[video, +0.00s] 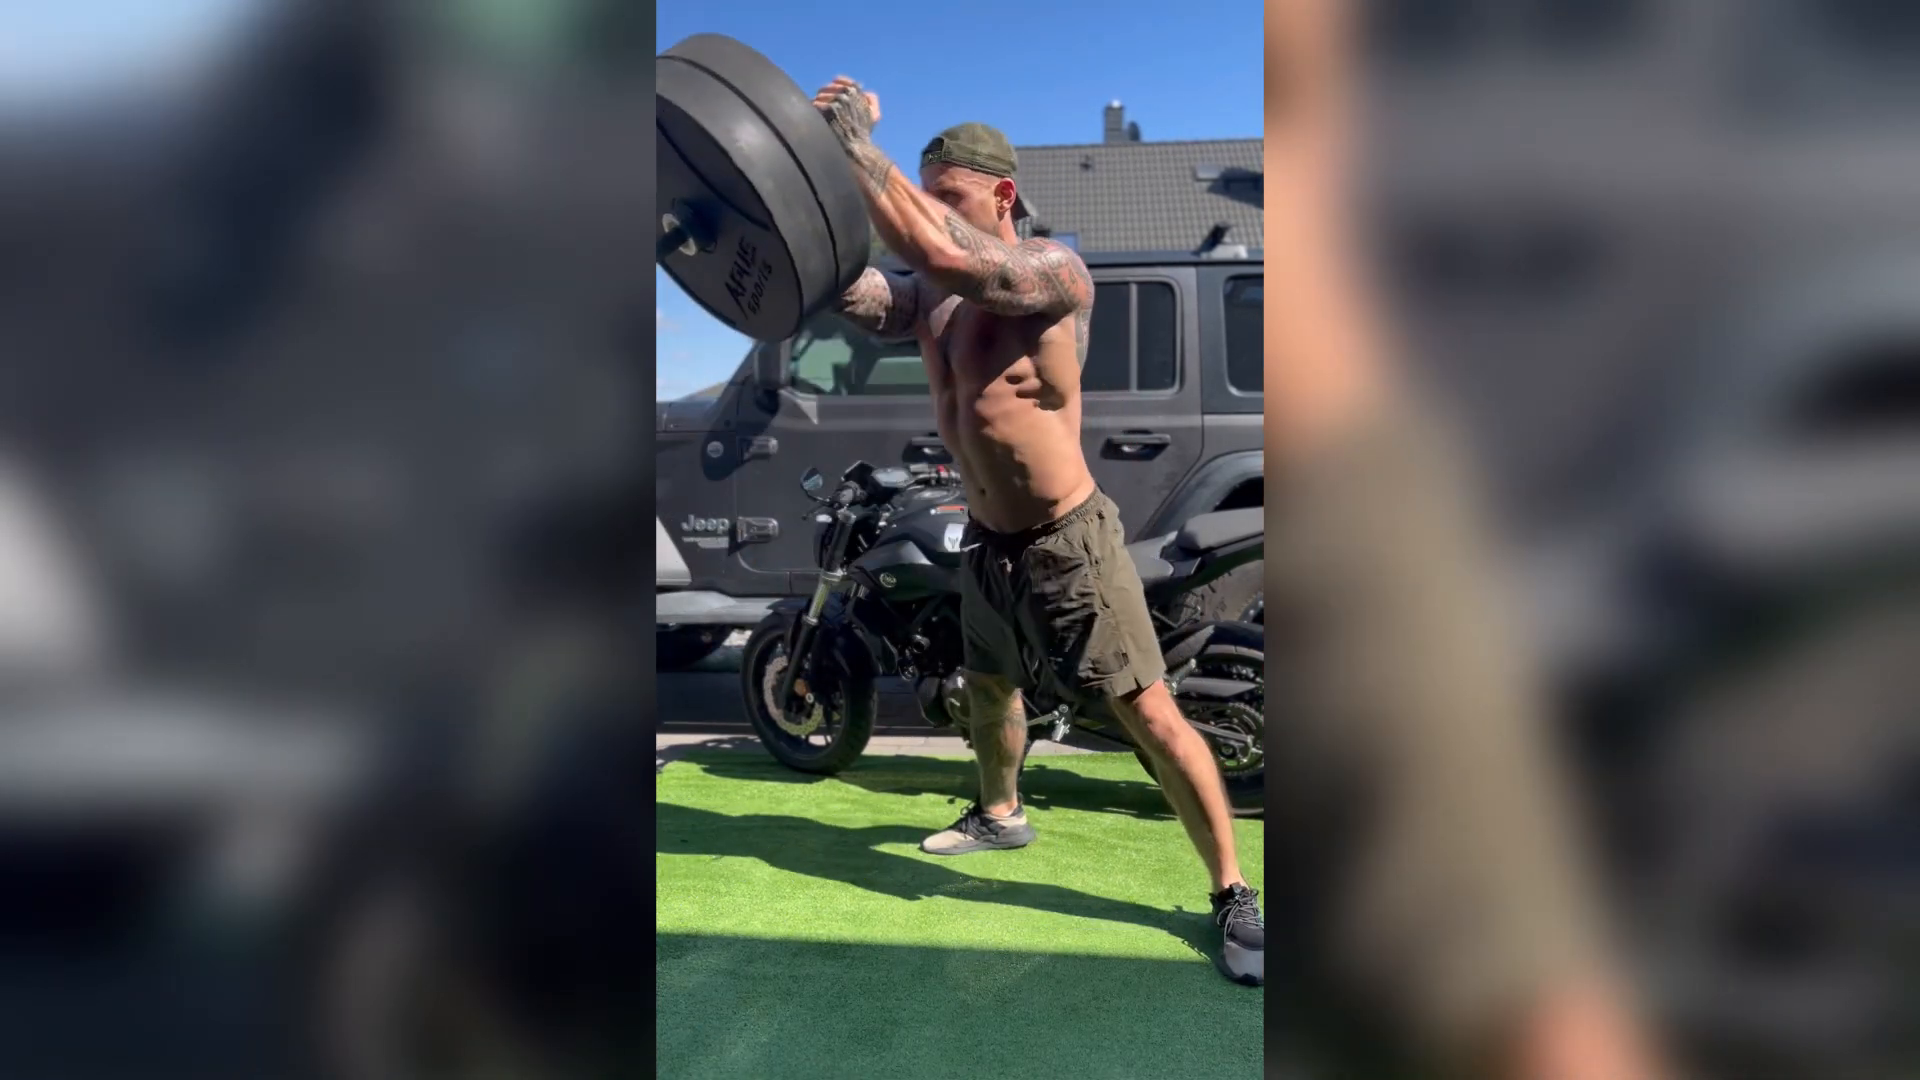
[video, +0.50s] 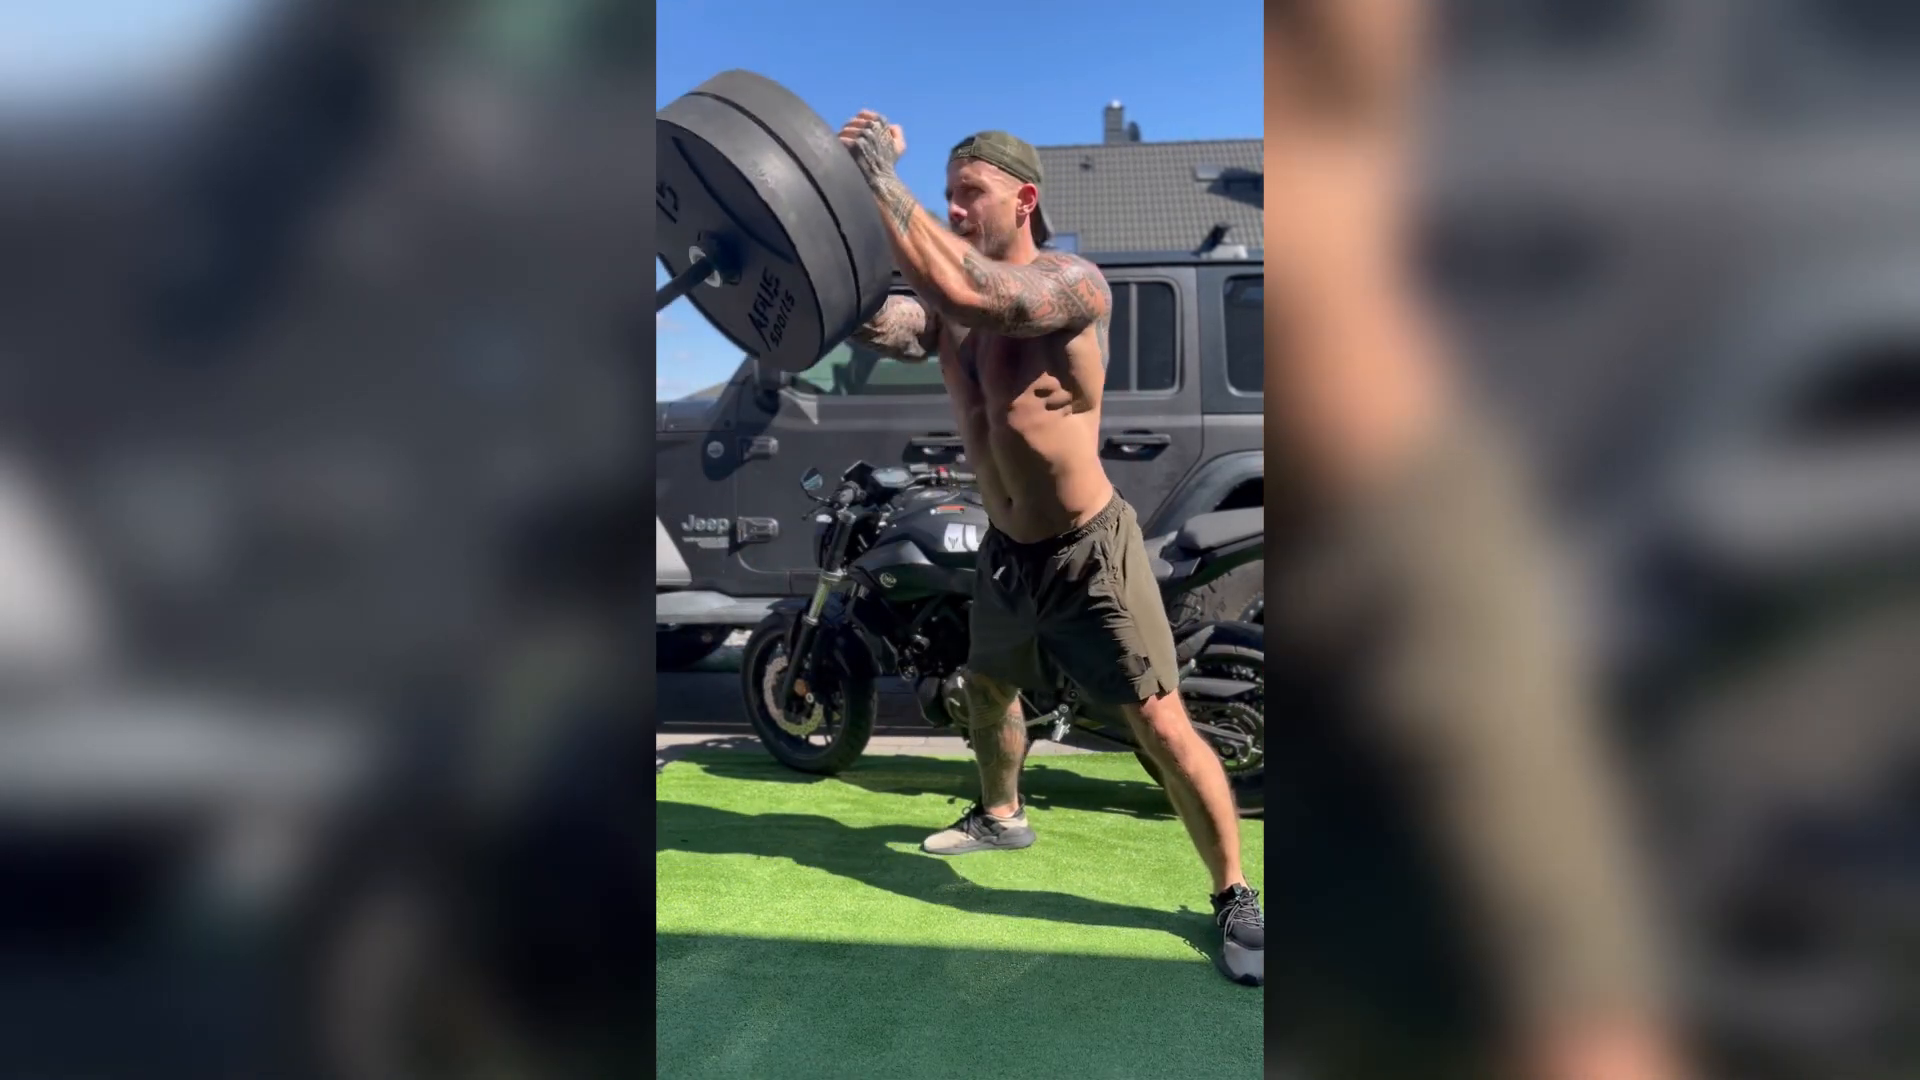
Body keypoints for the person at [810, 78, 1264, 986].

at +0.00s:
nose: (937, 207)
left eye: (951, 190)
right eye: (930, 194)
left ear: (1004, 194)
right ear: (930, 198)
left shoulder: (1058, 268)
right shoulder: (927, 298)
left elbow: (947, 253)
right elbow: (838, 287)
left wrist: (856, 146)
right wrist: (788, 177)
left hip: (1071, 537)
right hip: (987, 546)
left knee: (1150, 715)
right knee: (991, 691)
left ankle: (1232, 891)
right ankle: (1000, 816)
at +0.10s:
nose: (911, 219)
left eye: (925, 203)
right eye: (906, 206)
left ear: (968, 204)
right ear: (912, 215)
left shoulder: (1025, 269)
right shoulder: (903, 289)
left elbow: (919, 203)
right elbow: (816, 227)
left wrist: (820, 76)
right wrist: (752, 104)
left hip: (1079, 540)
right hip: (997, 548)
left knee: (1151, 720)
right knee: (992, 693)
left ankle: (1232, 892)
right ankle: (1002, 815)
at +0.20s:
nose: (877, 243)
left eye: (890, 224)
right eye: (874, 229)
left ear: (923, 224)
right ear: (876, 248)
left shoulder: (990, 297)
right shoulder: (888, 321)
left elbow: (890, 193)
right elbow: (812, 213)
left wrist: (800, 48)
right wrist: (768, 75)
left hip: (1096, 543)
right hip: (1010, 553)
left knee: (1160, 721)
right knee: (1000, 690)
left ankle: (1233, 893)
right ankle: (1002, 814)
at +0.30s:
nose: (898, 241)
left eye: (913, 221)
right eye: (895, 224)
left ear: (956, 226)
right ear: (900, 233)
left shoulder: (1006, 296)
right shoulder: (896, 315)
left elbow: (900, 204)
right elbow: (815, 221)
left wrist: (811, 59)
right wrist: (760, 83)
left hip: (1099, 543)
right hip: (1016, 558)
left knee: (1163, 721)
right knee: (1001, 695)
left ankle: (1234, 893)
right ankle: (1002, 814)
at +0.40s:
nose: (926, 210)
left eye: (941, 198)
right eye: (923, 200)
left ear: (994, 206)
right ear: (938, 215)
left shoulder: (1043, 275)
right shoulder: (920, 300)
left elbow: (942, 242)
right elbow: (830, 254)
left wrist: (844, 112)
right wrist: (758, 154)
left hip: (1096, 548)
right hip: (1010, 558)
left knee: (1159, 726)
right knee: (991, 692)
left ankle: (1234, 894)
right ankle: (1001, 817)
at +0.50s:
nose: (956, 208)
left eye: (972, 193)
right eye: (949, 196)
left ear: (1026, 200)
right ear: (950, 208)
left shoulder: (1076, 281)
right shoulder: (949, 302)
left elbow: (973, 291)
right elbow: (880, 324)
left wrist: (886, 186)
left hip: (1091, 545)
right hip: (1006, 551)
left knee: (1160, 725)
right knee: (989, 691)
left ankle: (1235, 896)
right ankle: (1000, 817)